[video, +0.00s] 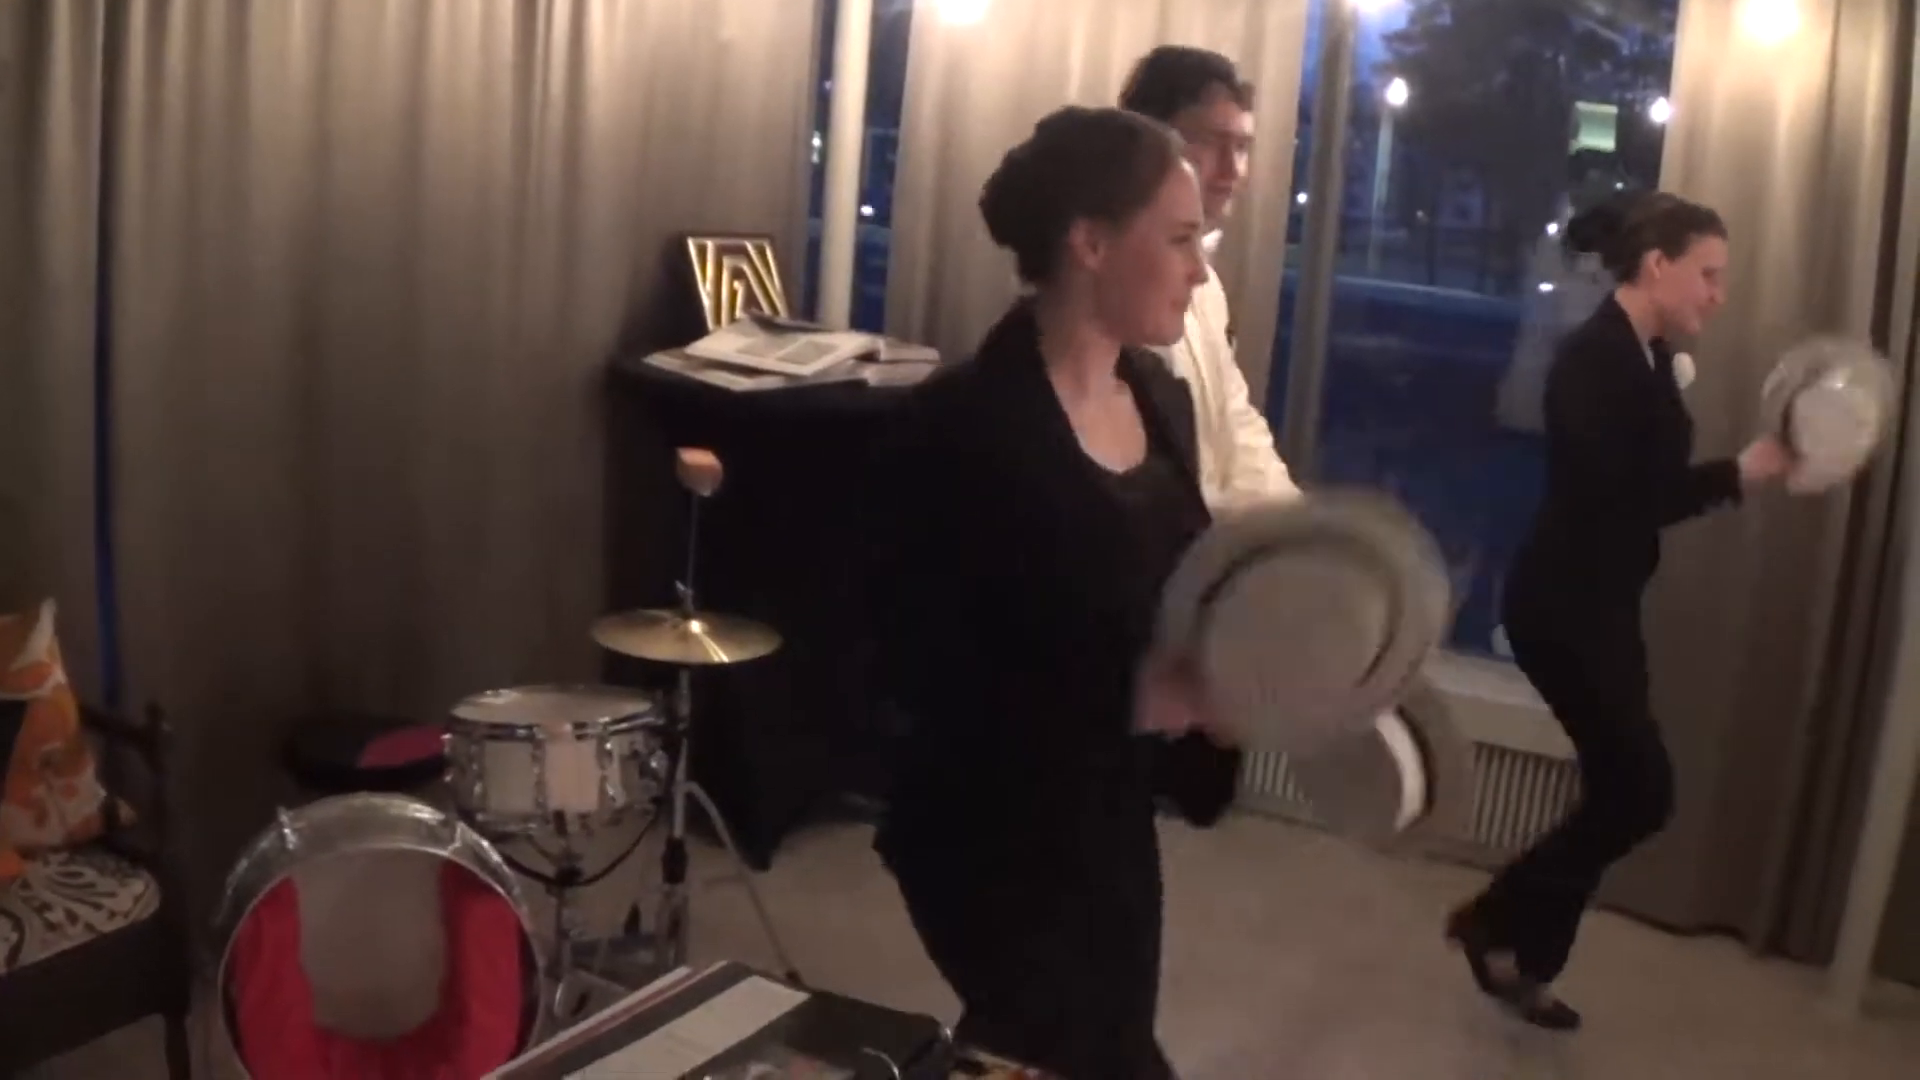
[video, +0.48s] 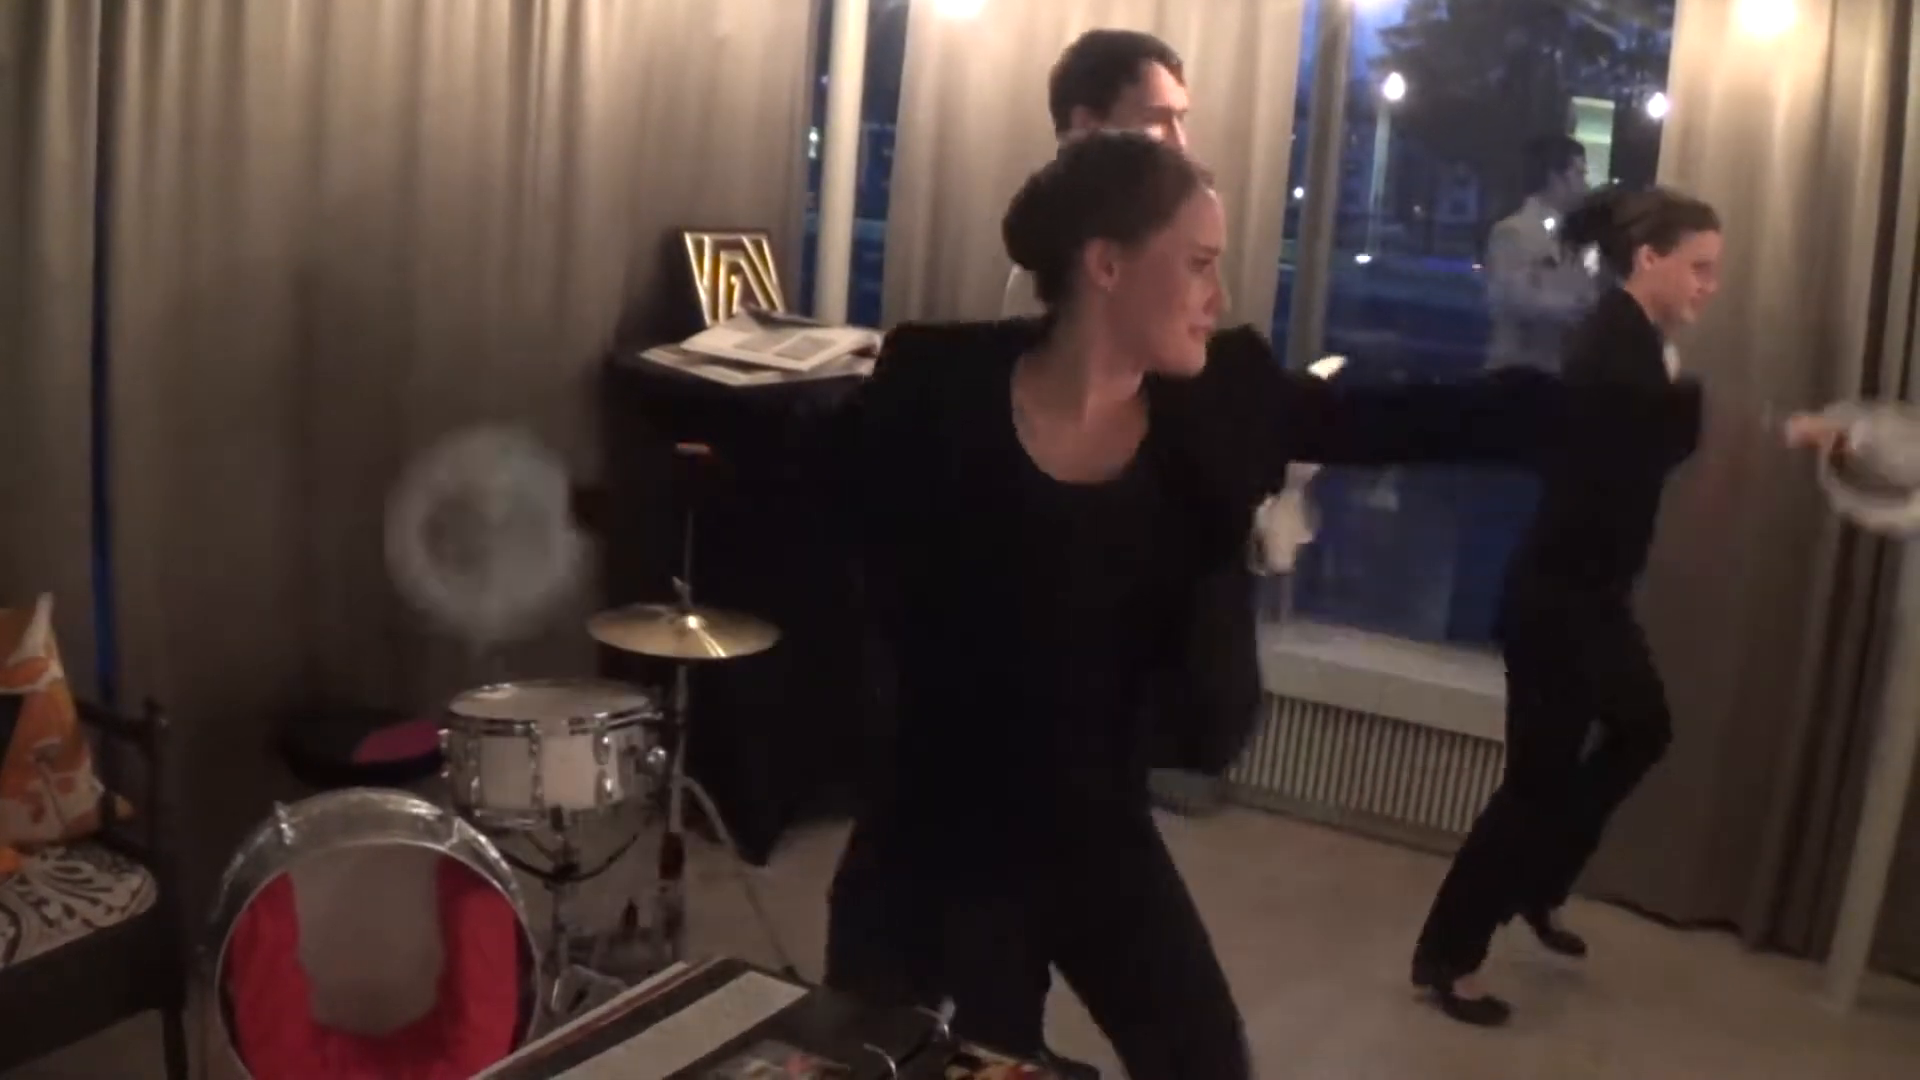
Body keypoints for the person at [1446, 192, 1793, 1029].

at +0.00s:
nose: (1717, 296)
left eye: (1721, 279)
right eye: (1707, 275)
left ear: (1658, 272)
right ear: (1654, 267)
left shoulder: (1649, 360)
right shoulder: (1597, 358)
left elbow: (1644, 495)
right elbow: (1624, 501)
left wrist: (1743, 479)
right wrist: (1737, 472)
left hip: (1601, 603)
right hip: (1562, 603)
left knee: (1618, 786)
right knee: (1639, 790)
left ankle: (1526, 963)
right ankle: (1491, 921)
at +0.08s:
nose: (1710, 294)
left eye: (1713, 277)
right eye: (1700, 274)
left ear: (1648, 273)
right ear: (1645, 268)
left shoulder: (1639, 359)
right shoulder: (1601, 365)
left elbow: (1625, 511)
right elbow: (1606, 524)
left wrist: (1716, 533)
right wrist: (1706, 536)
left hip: (1590, 604)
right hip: (1561, 607)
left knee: (1573, 788)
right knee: (1646, 789)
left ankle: (1511, 970)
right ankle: (1478, 873)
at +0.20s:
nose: (1703, 290)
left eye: (1706, 273)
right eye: (1692, 270)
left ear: (1645, 271)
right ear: (1635, 266)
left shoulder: (1630, 360)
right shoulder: (1597, 363)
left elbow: (1628, 495)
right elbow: (1602, 503)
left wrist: (1677, 553)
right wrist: (1663, 584)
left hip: (1590, 600)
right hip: (1557, 601)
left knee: (1581, 795)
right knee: (1608, 801)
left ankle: (1510, 964)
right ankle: (1461, 918)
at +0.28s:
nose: (1698, 289)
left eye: (1701, 273)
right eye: (1688, 270)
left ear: (1640, 271)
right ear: (1632, 266)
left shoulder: (1622, 354)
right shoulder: (1595, 360)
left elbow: (1620, 488)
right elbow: (1610, 500)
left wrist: (1665, 541)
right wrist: (1666, 576)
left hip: (1591, 599)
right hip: (1559, 602)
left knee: (1592, 783)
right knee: (1583, 785)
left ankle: (1516, 956)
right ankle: (1456, 950)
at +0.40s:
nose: (1693, 306)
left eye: (1696, 290)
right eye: (1683, 287)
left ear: (1639, 285)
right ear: (1629, 280)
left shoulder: (1608, 359)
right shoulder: (1600, 365)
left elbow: (1637, 478)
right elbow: (1652, 482)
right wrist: (1767, 533)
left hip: (1572, 608)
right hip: (1554, 613)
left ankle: (1535, 905)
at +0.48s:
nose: (1710, 286)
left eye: (1714, 270)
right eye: (1700, 267)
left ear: (1658, 265)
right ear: (1645, 260)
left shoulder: (1637, 344)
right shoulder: (1610, 348)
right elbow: (1636, 450)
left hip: (1596, 595)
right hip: (1555, 598)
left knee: (1642, 729)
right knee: (1542, 780)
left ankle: (1540, 882)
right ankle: (1441, 958)